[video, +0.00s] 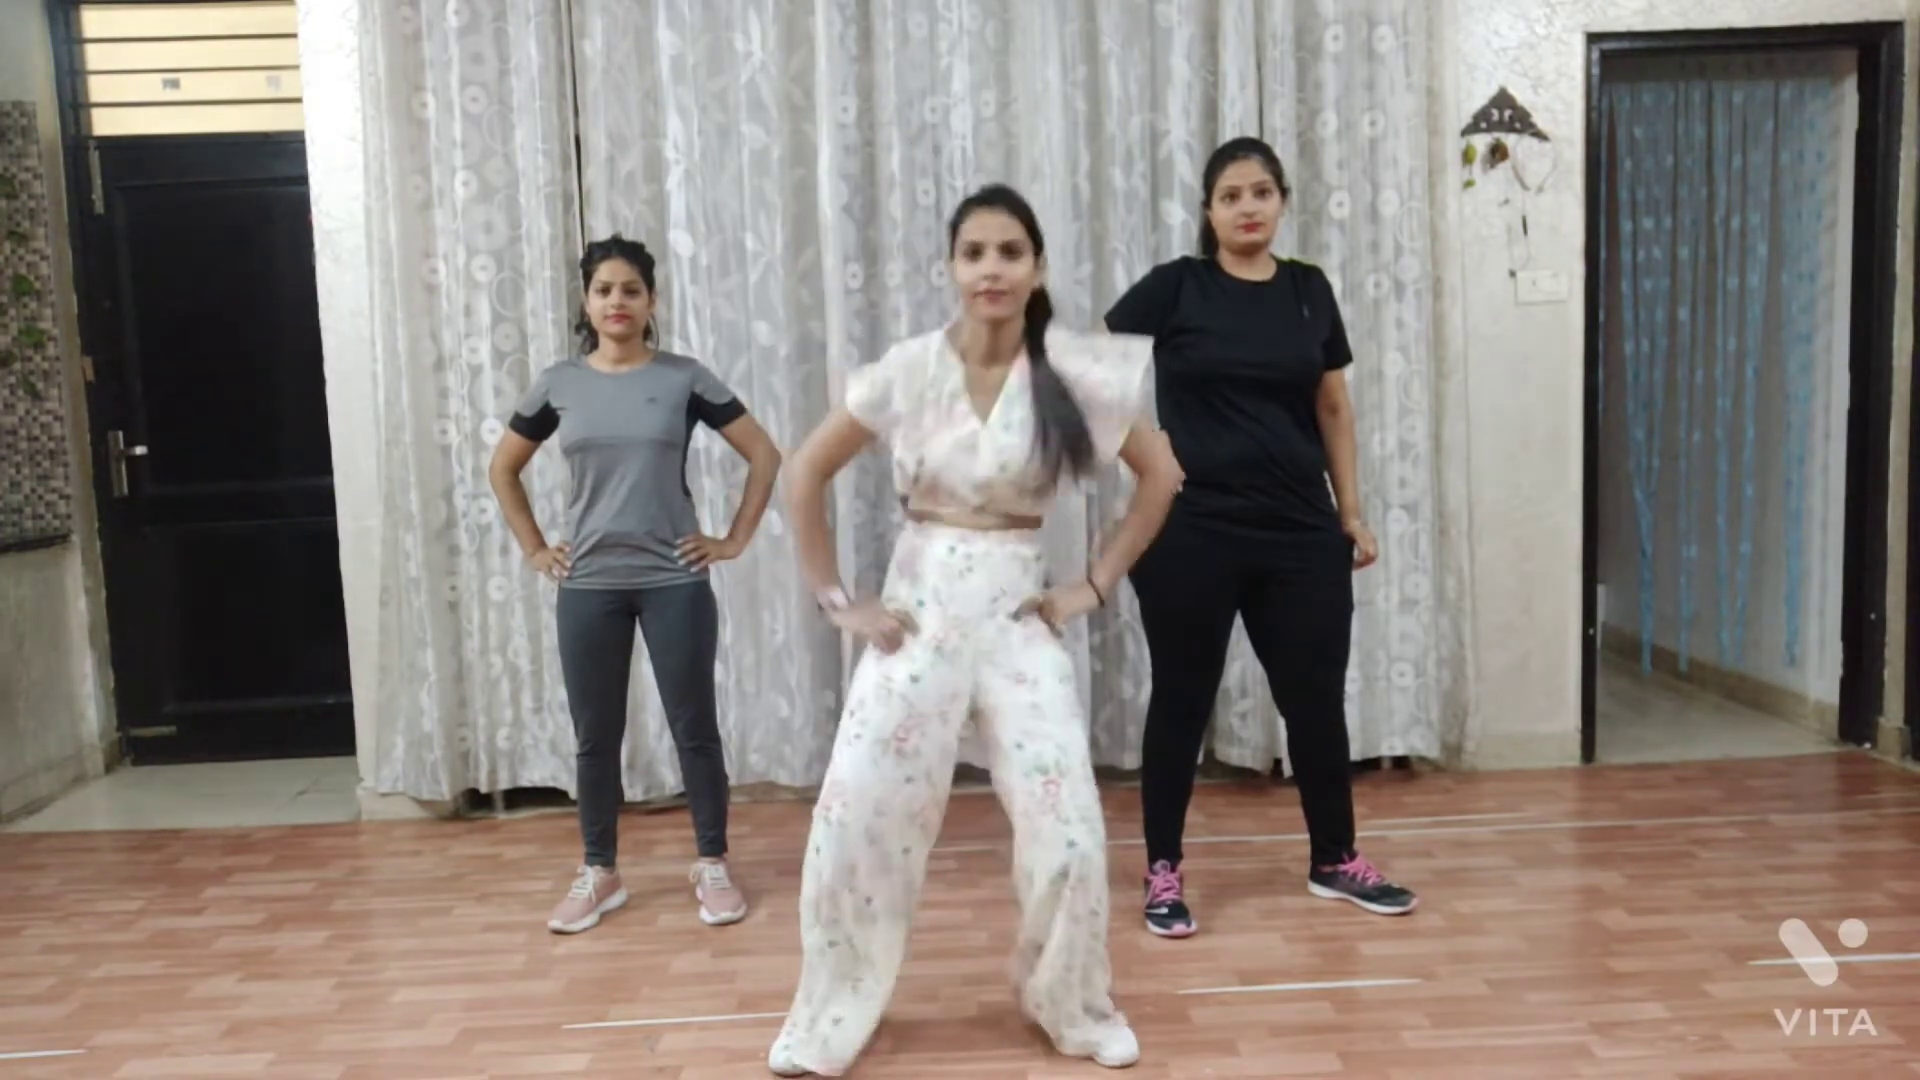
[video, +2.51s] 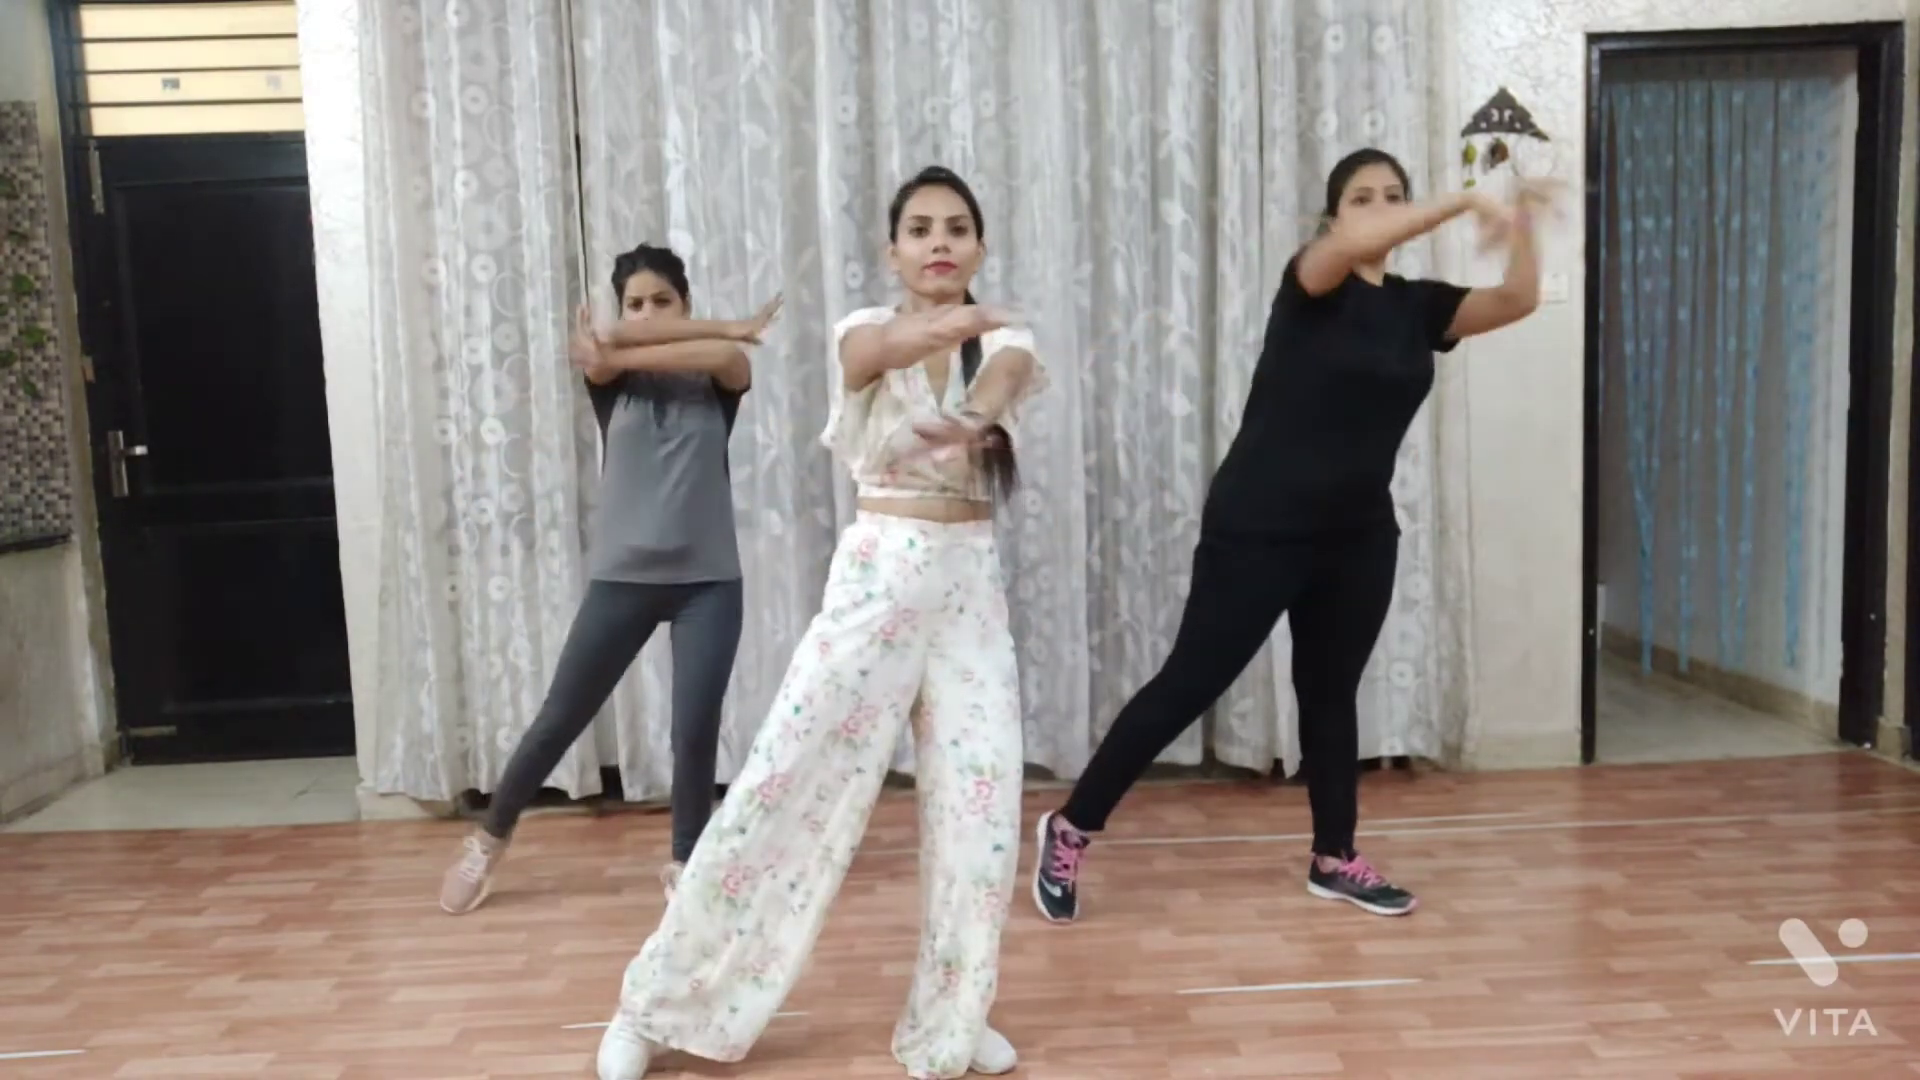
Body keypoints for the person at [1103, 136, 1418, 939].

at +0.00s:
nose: (1248, 207)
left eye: (1261, 193)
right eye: (1232, 195)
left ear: (1283, 203)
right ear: (1208, 207)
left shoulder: (1308, 290)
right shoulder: (1172, 288)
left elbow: (1335, 409)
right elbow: (1092, 368)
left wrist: (1350, 513)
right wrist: (1141, 452)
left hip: (1299, 532)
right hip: (1191, 530)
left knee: (1317, 703)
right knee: (1179, 704)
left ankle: (1335, 861)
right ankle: (1164, 871)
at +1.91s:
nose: (1309, 195)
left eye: (1321, 182)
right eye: (1291, 186)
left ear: (1342, 195)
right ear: (1268, 204)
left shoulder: (1368, 291)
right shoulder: (1233, 281)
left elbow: (1377, 402)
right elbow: (1139, 355)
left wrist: (1386, 503)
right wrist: (1183, 448)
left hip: (1337, 528)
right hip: (1231, 526)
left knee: (1338, 701)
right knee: (1186, 694)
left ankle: (1337, 861)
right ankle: (1132, 861)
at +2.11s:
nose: (1343, 190)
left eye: (1357, 180)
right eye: (1327, 181)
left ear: (1379, 204)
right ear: (1303, 206)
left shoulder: (1394, 298)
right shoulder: (1269, 283)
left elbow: (1420, 402)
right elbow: (1159, 358)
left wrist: (1450, 488)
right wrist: (1131, 462)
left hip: (1357, 527)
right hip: (1252, 522)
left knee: (1340, 695)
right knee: (1190, 689)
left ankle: (1334, 859)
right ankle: (1078, 834)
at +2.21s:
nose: (1361, 200)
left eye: (1374, 190)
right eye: (1344, 191)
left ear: (1392, 212)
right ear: (1317, 213)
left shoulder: (1405, 307)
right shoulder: (1284, 278)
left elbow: (1485, 375)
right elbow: (1176, 314)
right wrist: (1152, 404)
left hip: (1358, 528)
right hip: (1256, 520)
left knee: (1336, 692)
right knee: (1195, 689)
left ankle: (1335, 856)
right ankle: (1079, 836)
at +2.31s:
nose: (1370, 204)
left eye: (1383, 194)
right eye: (1353, 194)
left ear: (1397, 215)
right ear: (1323, 214)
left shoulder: (1412, 306)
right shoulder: (1292, 270)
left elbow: (1511, 335)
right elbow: (1229, 278)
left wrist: (1611, 349)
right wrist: (1241, 331)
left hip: (1357, 527)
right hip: (1260, 517)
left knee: (1335, 691)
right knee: (1195, 687)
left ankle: (1335, 856)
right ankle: (1077, 831)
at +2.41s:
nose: (1374, 209)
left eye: (1386, 198)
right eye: (1357, 198)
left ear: (1399, 215)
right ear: (1325, 216)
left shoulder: (1414, 301)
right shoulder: (1296, 269)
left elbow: (1521, 309)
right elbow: (1270, 255)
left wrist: (1617, 296)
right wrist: (1337, 282)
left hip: (1356, 530)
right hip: (1257, 520)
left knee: (1333, 694)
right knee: (1195, 684)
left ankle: (1335, 857)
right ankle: (1075, 831)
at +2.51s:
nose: (1379, 209)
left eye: (1393, 200)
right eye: (1363, 199)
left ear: (1413, 217)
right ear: (1333, 221)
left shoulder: (1417, 306)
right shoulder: (1311, 282)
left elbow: (1519, 299)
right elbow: (1349, 243)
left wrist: (1522, 224)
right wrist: (1467, 204)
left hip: (1356, 532)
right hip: (1259, 522)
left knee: (1330, 695)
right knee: (1188, 685)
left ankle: (1334, 857)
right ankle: (1069, 831)